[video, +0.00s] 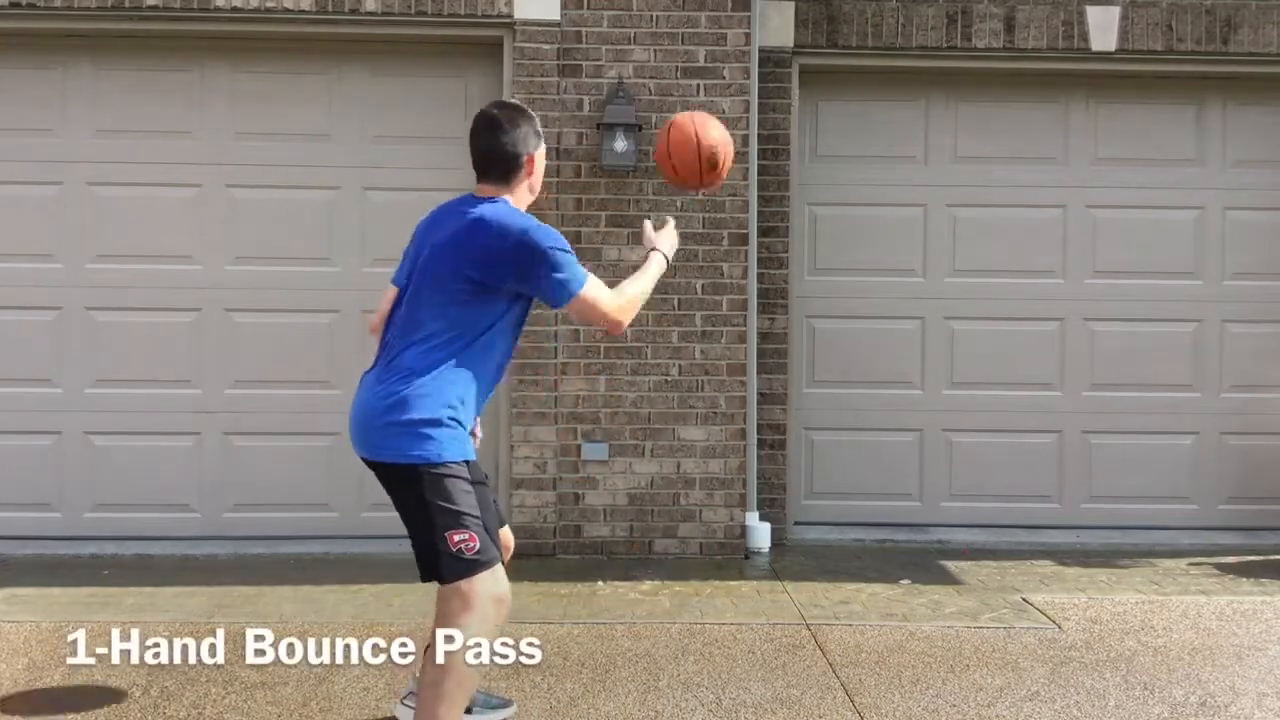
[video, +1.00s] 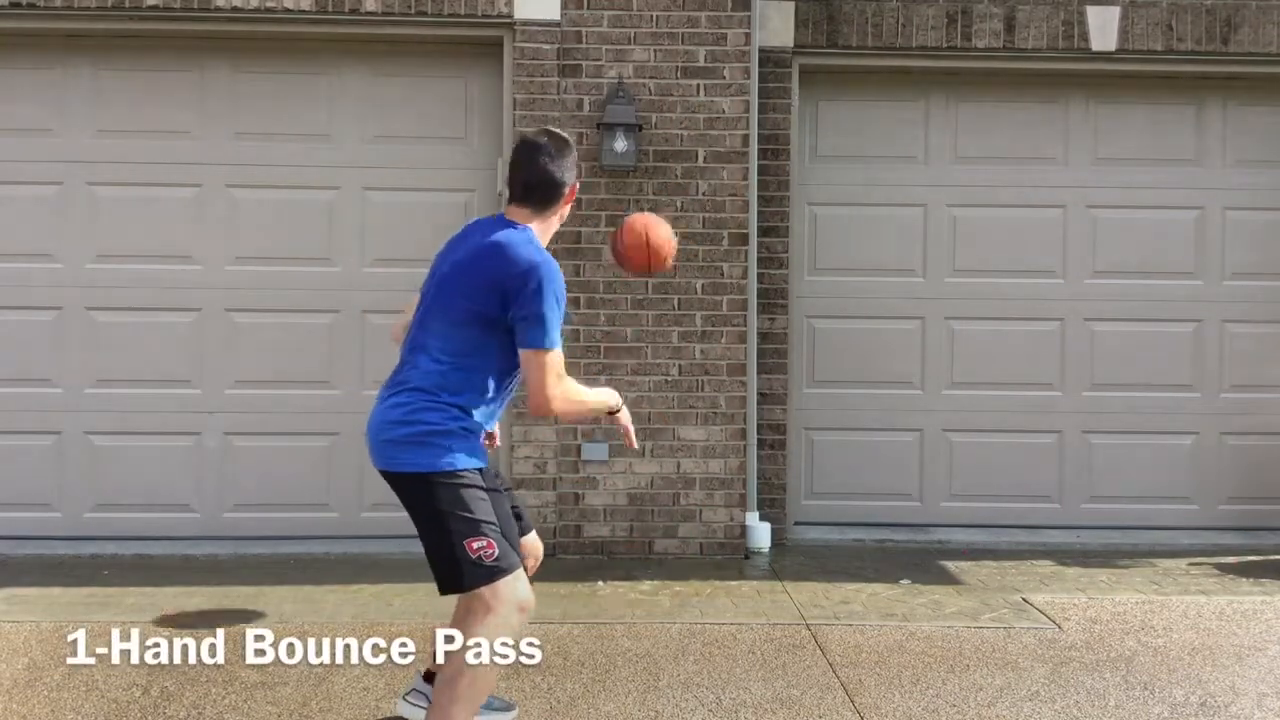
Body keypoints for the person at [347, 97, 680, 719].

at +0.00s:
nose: (544, 166)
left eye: (541, 156)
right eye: (543, 157)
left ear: (477, 160)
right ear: (533, 165)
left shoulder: (440, 220)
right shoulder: (522, 235)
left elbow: (383, 319)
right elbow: (614, 313)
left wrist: (449, 406)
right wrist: (659, 256)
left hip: (387, 416)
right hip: (425, 425)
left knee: (494, 542)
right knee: (483, 593)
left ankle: (431, 693)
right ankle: (436, 712)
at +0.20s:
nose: (546, 155)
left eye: (543, 144)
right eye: (544, 144)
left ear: (479, 149)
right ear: (533, 152)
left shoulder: (457, 208)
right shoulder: (518, 213)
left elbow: (398, 301)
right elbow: (645, 254)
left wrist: (452, 396)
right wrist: (732, 191)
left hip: (417, 418)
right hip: (415, 424)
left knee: (493, 544)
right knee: (467, 591)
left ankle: (430, 691)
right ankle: (432, 713)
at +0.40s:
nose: (573, 192)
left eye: (571, 181)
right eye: (574, 181)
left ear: (509, 173)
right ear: (566, 187)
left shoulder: (484, 230)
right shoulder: (499, 245)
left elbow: (404, 283)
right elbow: (576, 345)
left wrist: (405, 363)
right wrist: (648, 278)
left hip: (440, 425)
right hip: (418, 426)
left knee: (513, 551)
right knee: (475, 591)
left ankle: (430, 689)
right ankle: (432, 710)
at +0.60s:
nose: (579, 218)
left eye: (580, 208)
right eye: (581, 208)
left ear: (517, 192)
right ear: (572, 211)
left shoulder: (478, 239)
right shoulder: (519, 284)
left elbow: (448, 325)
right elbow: (572, 391)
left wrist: (490, 381)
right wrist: (624, 426)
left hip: (443, 431)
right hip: (420, 437)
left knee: (522, 549)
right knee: (485, 594)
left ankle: (432, 686)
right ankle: (438, 709)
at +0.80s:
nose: (581, 213)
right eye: (583, 204)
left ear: (518, 194)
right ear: (576, 210)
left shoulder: (480, 242)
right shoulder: (537, 289)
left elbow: (461, 343)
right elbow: (543, 406)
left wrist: (508, 398)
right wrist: (600, 418)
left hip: (437, 430)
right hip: (424, 437)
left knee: (521, 551)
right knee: (488, 595)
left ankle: (435, 687)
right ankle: (438, 710)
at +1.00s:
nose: (576, 199)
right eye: (576, 190)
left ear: (510, 184)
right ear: (570, 196)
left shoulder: (470, 237)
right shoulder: (536, 269)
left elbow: (409, 332)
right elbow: (549, 399)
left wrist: (472, 411)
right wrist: (611, 399)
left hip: (420, 427)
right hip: (433, 437)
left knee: (523, 551)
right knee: (504, 602)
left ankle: (439, 684)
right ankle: (450, 711)